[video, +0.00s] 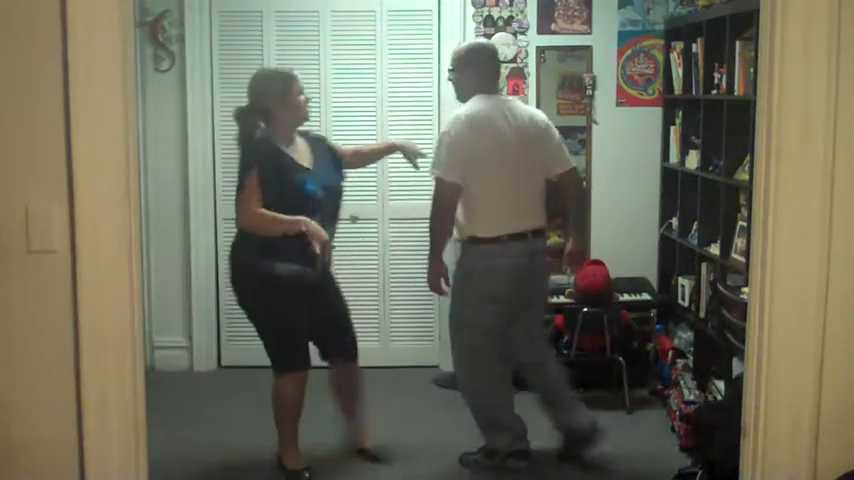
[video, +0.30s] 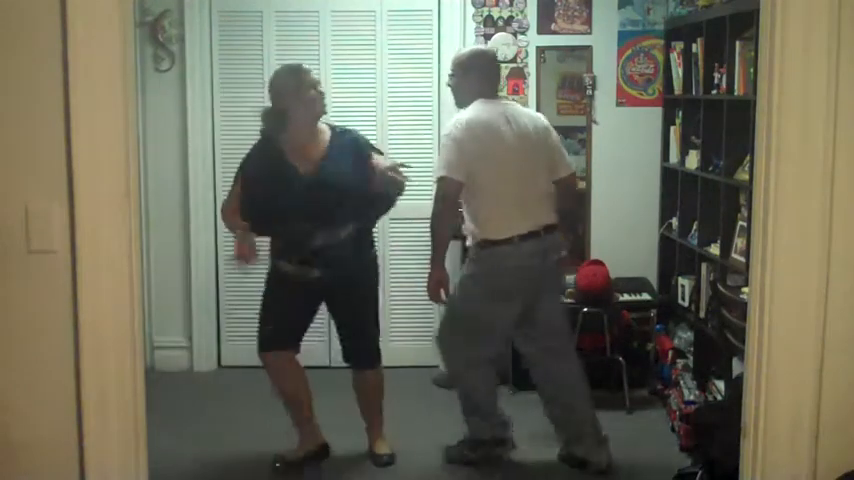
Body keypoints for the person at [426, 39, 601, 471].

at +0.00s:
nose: (452, 79)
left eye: (456, 72)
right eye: (452, 72)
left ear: (473, 73)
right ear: (495, 72)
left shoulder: (460, 125)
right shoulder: (534, 119)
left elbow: (445, 199)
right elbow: (573, 185)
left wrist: (434, 258)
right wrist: (576, 239)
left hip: (485, 256)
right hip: (533, 252)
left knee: (477, 357)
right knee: (530, 343)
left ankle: (504, 446)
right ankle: (578, 426)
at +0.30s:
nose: (449, 86)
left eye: (453, 78)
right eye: (451, 78)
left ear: (468, 80)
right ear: (496, 79)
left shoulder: (461, 129)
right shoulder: (535, 121)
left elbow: (447, 199)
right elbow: (570, 189)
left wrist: (437, 263)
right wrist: (571, 239)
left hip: (497, 259)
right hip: (545, 251)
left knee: (459, 341)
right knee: (552, 349)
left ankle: (488, 439)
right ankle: (588, 448)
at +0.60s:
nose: (408, 92)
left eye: (415, 84)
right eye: (409, 85)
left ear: (441, 85)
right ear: (432, 88)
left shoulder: (474, 128)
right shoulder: (441, 137)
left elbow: (521, 183)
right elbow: (439, 205)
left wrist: (488, 247)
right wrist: (399, 244)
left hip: (480, 267)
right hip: (447, 265)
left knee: (452, 356)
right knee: (422, 341)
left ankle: (448, 444)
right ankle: (516, 375)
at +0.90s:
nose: (465, 64)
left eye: (465, 56)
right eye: (455, 56)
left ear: (459, 64)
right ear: (426, 62)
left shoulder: (466, 113)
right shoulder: (398, 119)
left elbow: (481, 166)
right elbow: (378, 186)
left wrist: (479, 210)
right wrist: (447, 215)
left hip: (447, 245)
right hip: (406, 243)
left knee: (447, 344)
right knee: (433, 343)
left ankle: (402, 434)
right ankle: (386, 432)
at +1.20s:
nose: (400, 77)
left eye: (399, 70)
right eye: (414, 70)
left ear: (396, 73)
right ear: (435, 76)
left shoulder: (365, 117)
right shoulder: (454, 128)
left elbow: (336, 182)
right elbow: (475, 203)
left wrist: (374, 203)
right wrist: (478, 261)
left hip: (355, 252)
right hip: (412, 255)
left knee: (361, 355)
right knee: (407, 360)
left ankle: (370, 448)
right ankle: (397, 460)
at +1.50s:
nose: (335, 78)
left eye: (341, 71)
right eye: (337, 71)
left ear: (359, 74)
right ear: (378, 75)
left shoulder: (347, 121)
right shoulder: (407, 128)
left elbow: (329, 191)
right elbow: (434, 197)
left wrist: (293, 230)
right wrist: (431, 258)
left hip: (349, 264)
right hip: (396, 262)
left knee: (312, 359)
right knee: (382, 365)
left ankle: (318, 459)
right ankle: (396, 458)